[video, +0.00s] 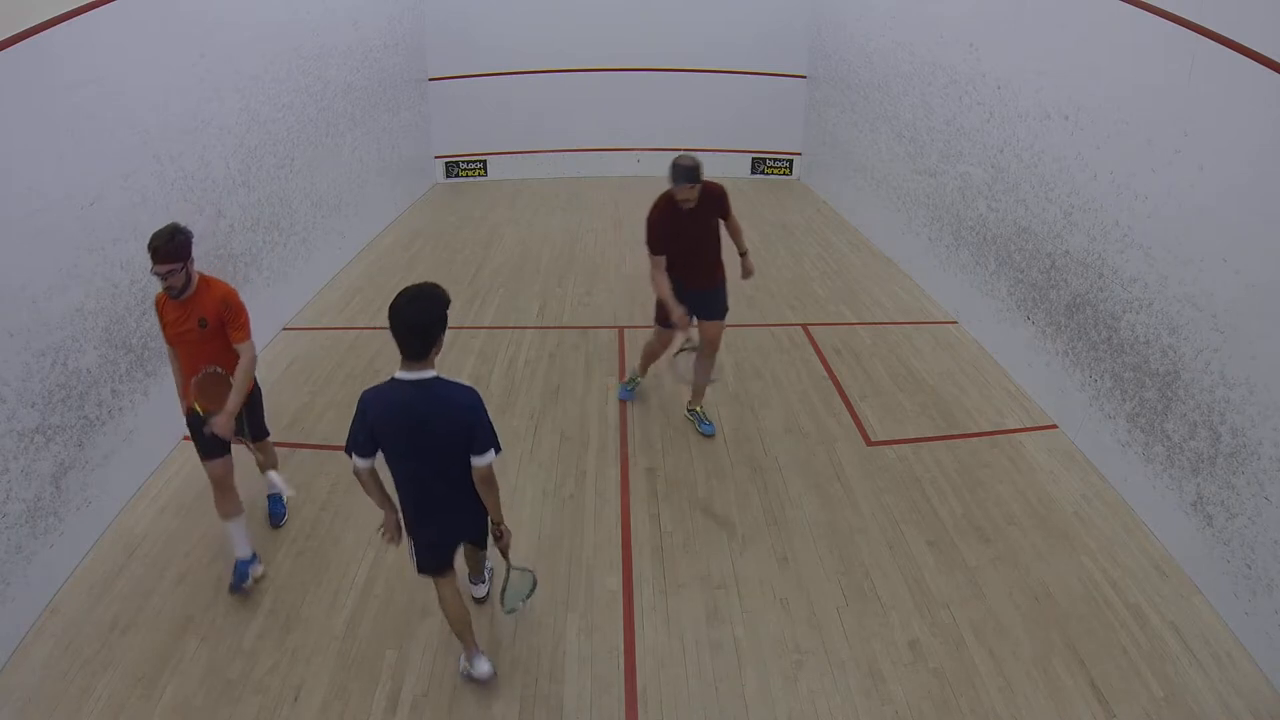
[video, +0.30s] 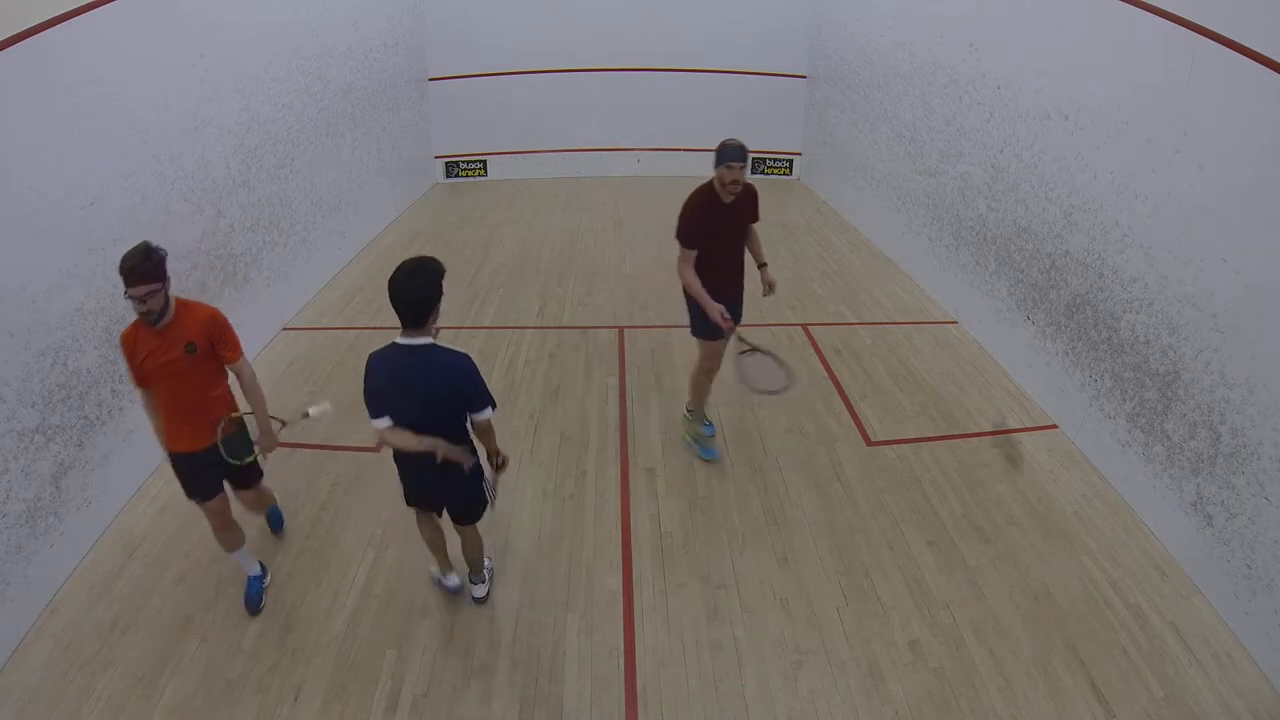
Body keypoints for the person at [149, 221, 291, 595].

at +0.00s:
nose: (166, 283)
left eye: (171, 274)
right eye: (159, 276)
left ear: (190, 263)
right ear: (155, 270)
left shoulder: (222, 296)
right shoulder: (163, 305)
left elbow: (248, 356)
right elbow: (174, 355)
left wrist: (229, 412)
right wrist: (184, 399)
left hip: (238, 391)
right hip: (199, 401)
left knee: (259, 444)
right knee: (219, 478)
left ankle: (275, 488)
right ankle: (245, 555)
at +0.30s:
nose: (143, 306)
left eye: (149, 295)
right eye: (134, 299)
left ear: (167, 284)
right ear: (126, 295)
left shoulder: (205, 320)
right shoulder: (131, 341)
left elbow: (244, 373)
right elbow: (147, 396)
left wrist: (265, 426)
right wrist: (166, 444)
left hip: (226, 434)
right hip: (184, 448)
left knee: (250, 498)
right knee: (217, 516)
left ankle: (270, 507)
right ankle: (254, 571)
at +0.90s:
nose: (183, 356)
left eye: (190, 342)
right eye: (169, 348)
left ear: (200, 329)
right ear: (150, 343)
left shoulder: (234, 368)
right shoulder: (138, 408)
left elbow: (265, 431)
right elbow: (144, 486)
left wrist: (296, 489)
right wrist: (163, 563)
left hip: (266, 503)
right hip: (216, 531)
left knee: (292, 580)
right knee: (250, 605)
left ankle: (312, 649)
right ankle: (258, 615)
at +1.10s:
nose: (204, 369)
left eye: (211, 353)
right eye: (189, 361)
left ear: (219, 339)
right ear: (166, 358)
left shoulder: (250, 379)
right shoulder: (153, 435)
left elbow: (294, 439)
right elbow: (171, 511)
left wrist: (340, 502)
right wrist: (198, 577)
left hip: (286, 522)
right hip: (241, 555)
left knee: (304, 596)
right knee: (298, 638)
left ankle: (313, 651)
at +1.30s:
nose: (236, 398)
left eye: (239, 379)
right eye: (217, 391)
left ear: (245, 366)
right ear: (189, 396)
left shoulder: (278, 406)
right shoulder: (180, 478)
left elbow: (327, 468)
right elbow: (203, 549)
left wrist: (380, 527)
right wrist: (242, 611)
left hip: (322, 554)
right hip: (280, 597)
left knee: (324, 619)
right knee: (344, 670)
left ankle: (319, 654)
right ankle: (380, 714)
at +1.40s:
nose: (254, 409)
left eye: (255, 390)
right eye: (235, 404)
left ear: (261, 375)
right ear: (200, 407)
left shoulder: (293, 417)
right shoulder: (195, 498)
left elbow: (340, 480)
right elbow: (224, 579)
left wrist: (391, 540)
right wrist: (269, 647)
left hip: (345, 575)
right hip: (303, 618)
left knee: (364, 627)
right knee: (366, 692)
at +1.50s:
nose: (276, 418)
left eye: (276, 398)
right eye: (255, 414)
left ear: (280, 383)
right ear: (217, 419)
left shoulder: (308, 426)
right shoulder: (215, 518)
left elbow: (353, 491)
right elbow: (247, 613)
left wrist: (400, 549)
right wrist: (301, 689)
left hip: (366, 583)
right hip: (323, 633)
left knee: (411, 649)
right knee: (375, 700)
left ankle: (356, 665)